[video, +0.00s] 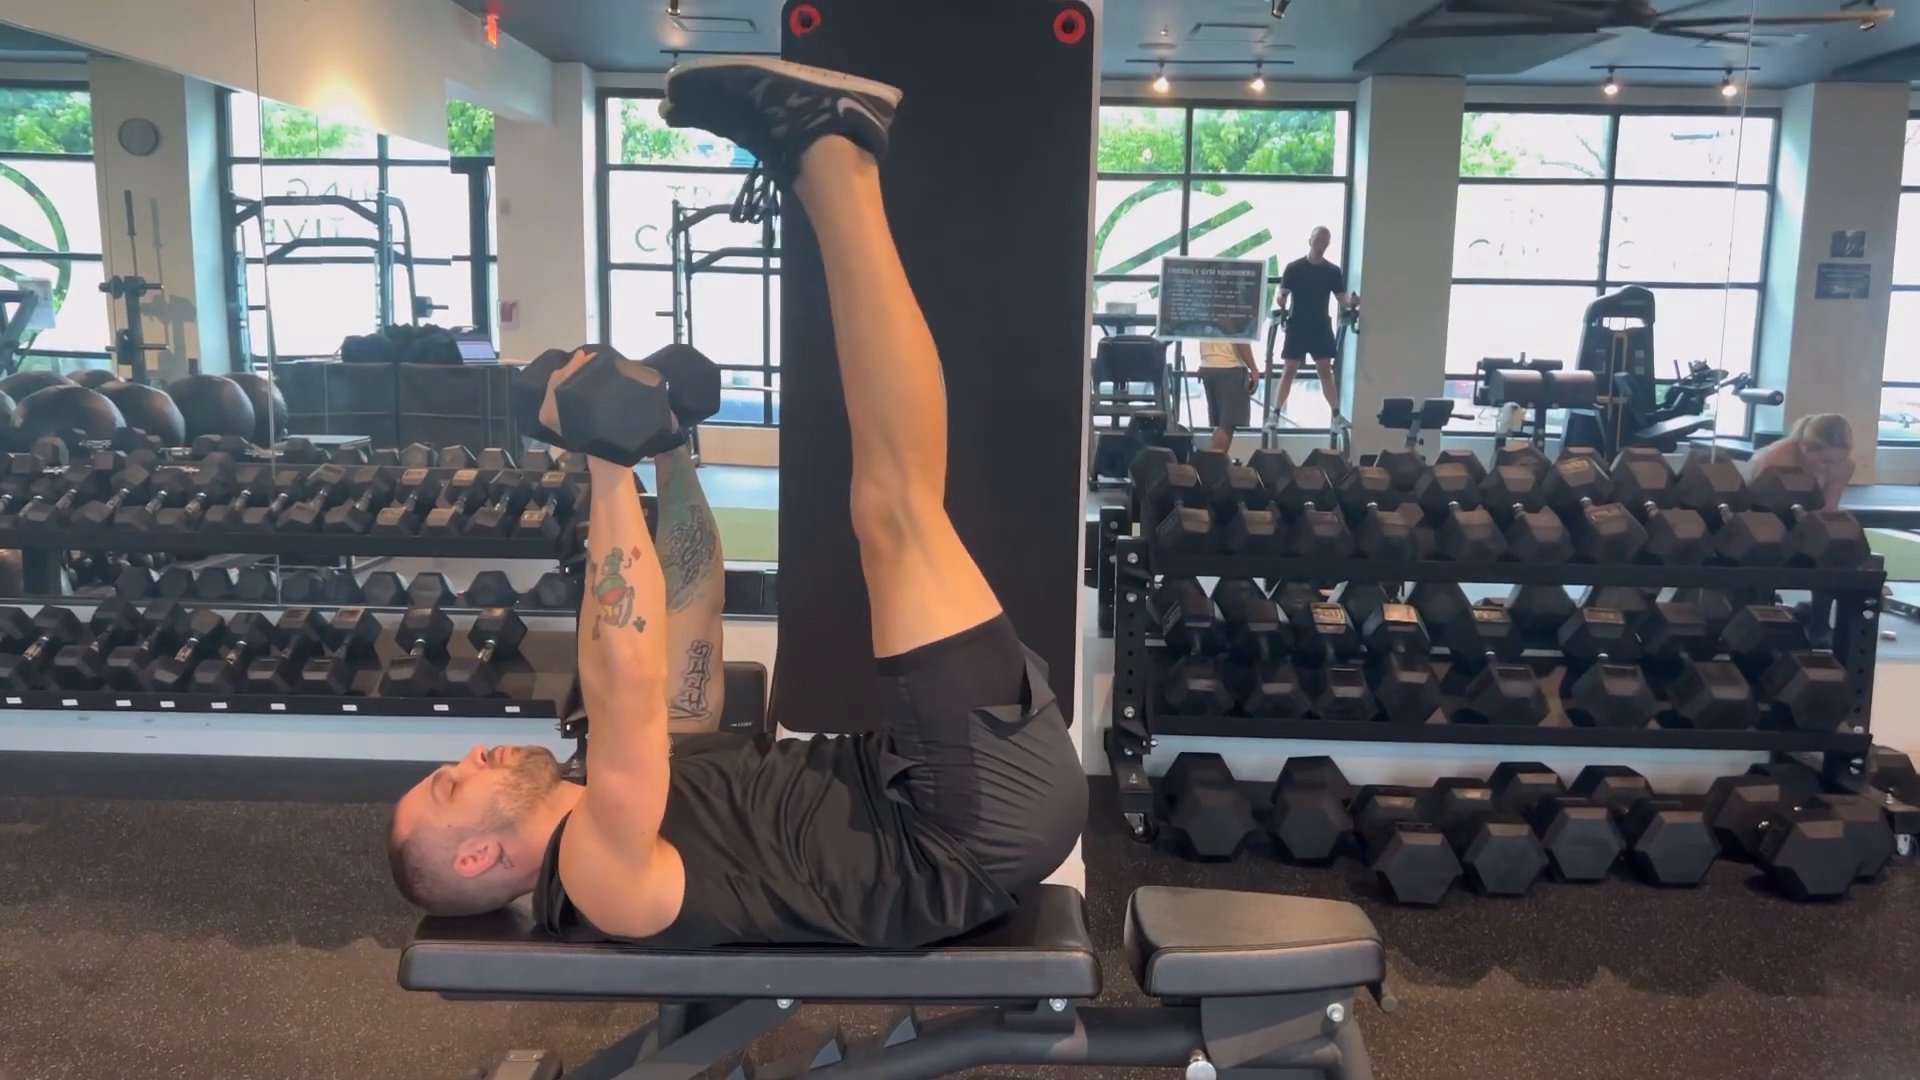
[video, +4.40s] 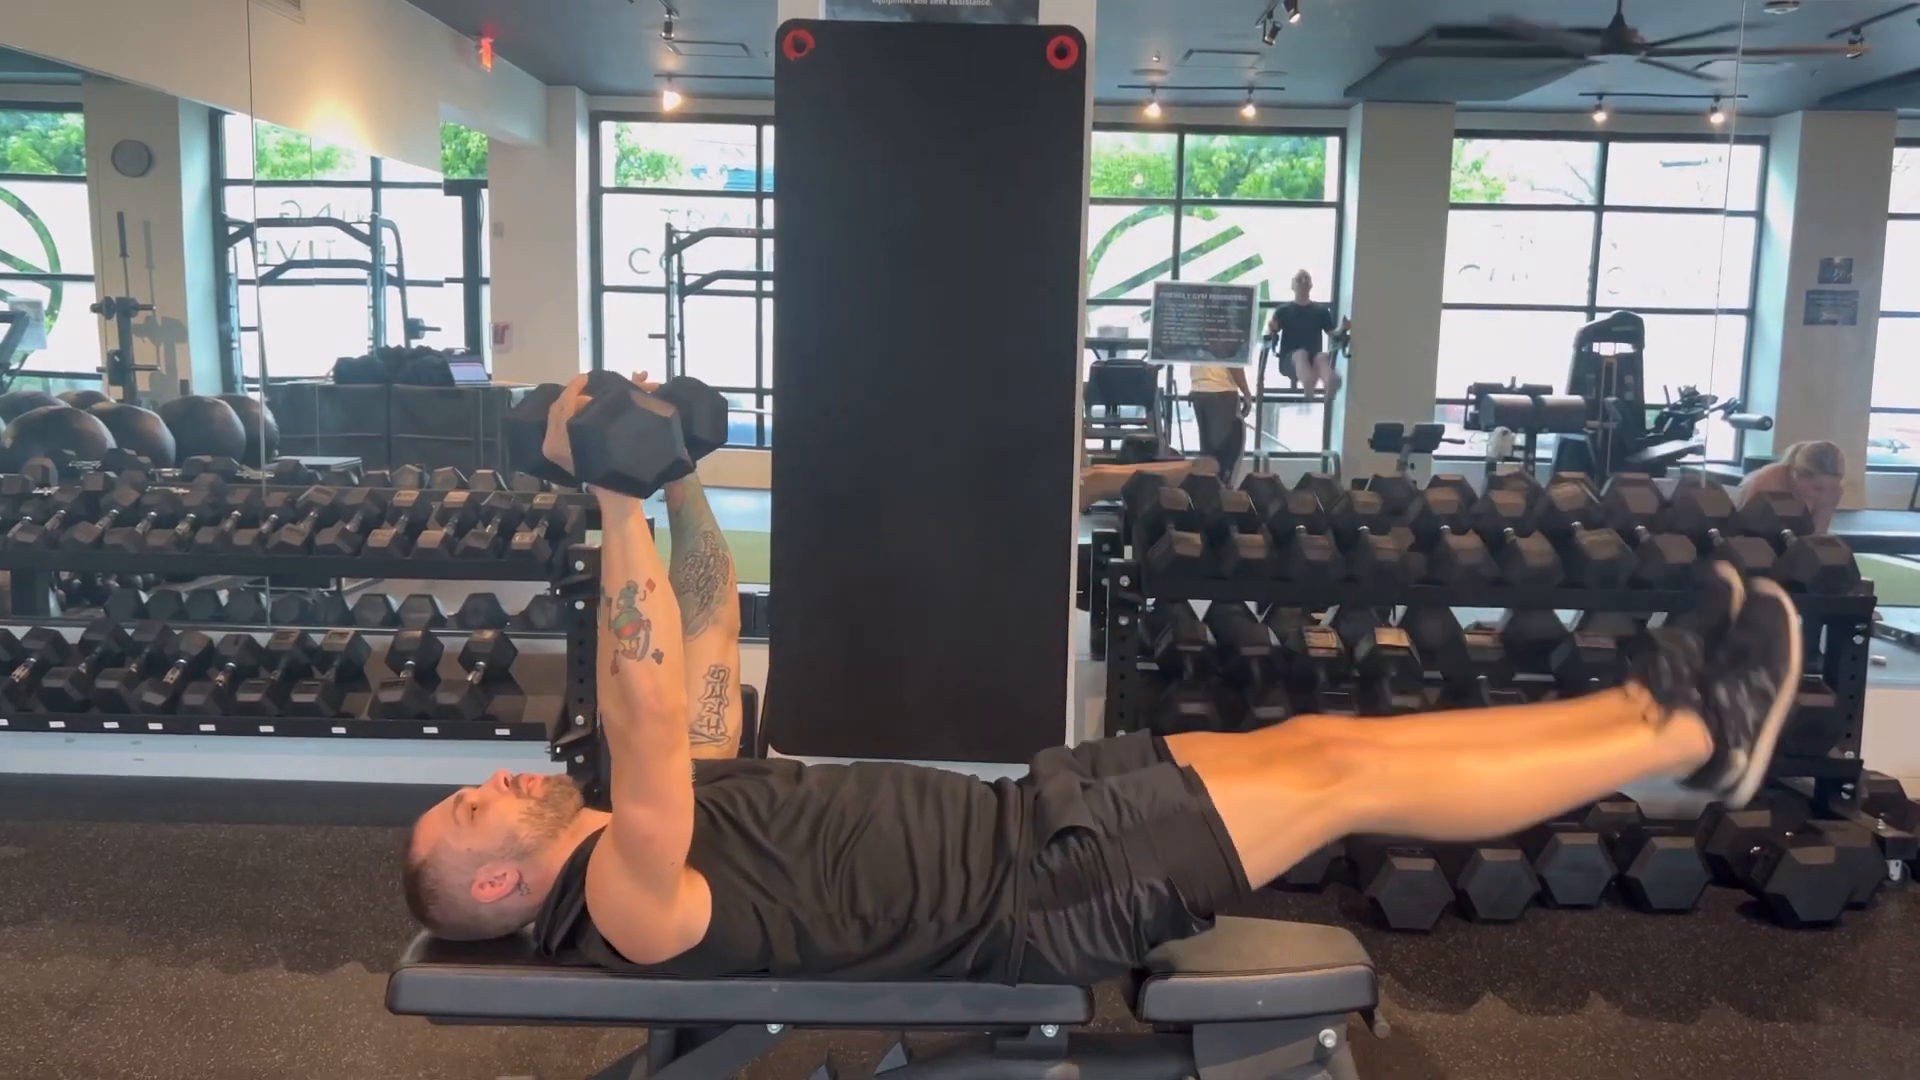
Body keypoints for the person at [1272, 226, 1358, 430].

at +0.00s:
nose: (1320, 246)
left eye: (1324, 243)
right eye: (1317, 242)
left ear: (1328, 245)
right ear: (1310, 241)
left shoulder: (1333, 271)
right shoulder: (1294, 268)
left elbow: (1342, 299)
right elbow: (1281, 296)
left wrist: (1352, 301)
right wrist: (1283, 309)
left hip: (1320, 325)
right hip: (1297, 324)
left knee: (1325, 371)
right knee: (1289, 370)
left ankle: (1336, 414)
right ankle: (1276, 412)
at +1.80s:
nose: (1311, 273)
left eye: (1315, 269)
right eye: (1308, 269)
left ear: (1319, 269)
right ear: (1301, 266)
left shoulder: (1327, 289)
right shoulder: (1288, 287)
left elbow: (1335, 315)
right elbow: (1277, 309)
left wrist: (1345, 311)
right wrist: (1277, 315)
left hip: (1316, 337)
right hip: (1292, 337)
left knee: (1328, 378)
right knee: (1284, 376)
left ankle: (1331, 423)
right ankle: (1272, 420)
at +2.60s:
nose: (1307, 282)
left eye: (1310, 278)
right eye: (1303, 278)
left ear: (1315, 278)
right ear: (1297, 277)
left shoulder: (1321, 300)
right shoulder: (1285, 300)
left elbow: (1333, 323)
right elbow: (1271, 324)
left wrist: (1344, 319)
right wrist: (1272, 319)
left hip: (1314, 352)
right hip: (1291, 353)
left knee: (1314, 399)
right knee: (1290, 399)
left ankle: (1311, 442)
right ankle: (1286, 441)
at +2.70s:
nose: (1306, 284)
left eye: (1309, 280)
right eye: (1302, 279)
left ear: (1314, 280)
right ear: (1296, 279)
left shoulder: (1320, 301)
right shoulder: (1284, 301)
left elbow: (1334, 323)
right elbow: (1272, 333)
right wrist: (1273, 321)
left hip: (1312, 356)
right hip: (1289, 356)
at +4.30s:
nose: (1303, 288)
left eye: (1306, 284)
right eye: (1299, 284)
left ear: (1310, 287)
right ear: (1293, 288)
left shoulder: (1320, 311)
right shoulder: (1284, 312)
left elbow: (1332, 334)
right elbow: (1271, 332)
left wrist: (1343, 328)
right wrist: (1271, 329)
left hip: (1314, 358)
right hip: (1291, 357)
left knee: (1319, 393)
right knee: (1299, 381)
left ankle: (1323, 435)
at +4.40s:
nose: (1303, 285)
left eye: (1306, 282)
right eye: (1299, 282)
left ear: (1310, 286)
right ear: (1292, 286)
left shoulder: (1320, 310)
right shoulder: (1283, 311)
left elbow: (1332, 334)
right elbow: (1272, 336)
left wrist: (1342, 329)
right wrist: (1272, 329)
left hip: (1314, 358)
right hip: (1289, 359)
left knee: (1323, 357)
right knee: (1301, 353)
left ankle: (1330, 391)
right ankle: (1309, 396)